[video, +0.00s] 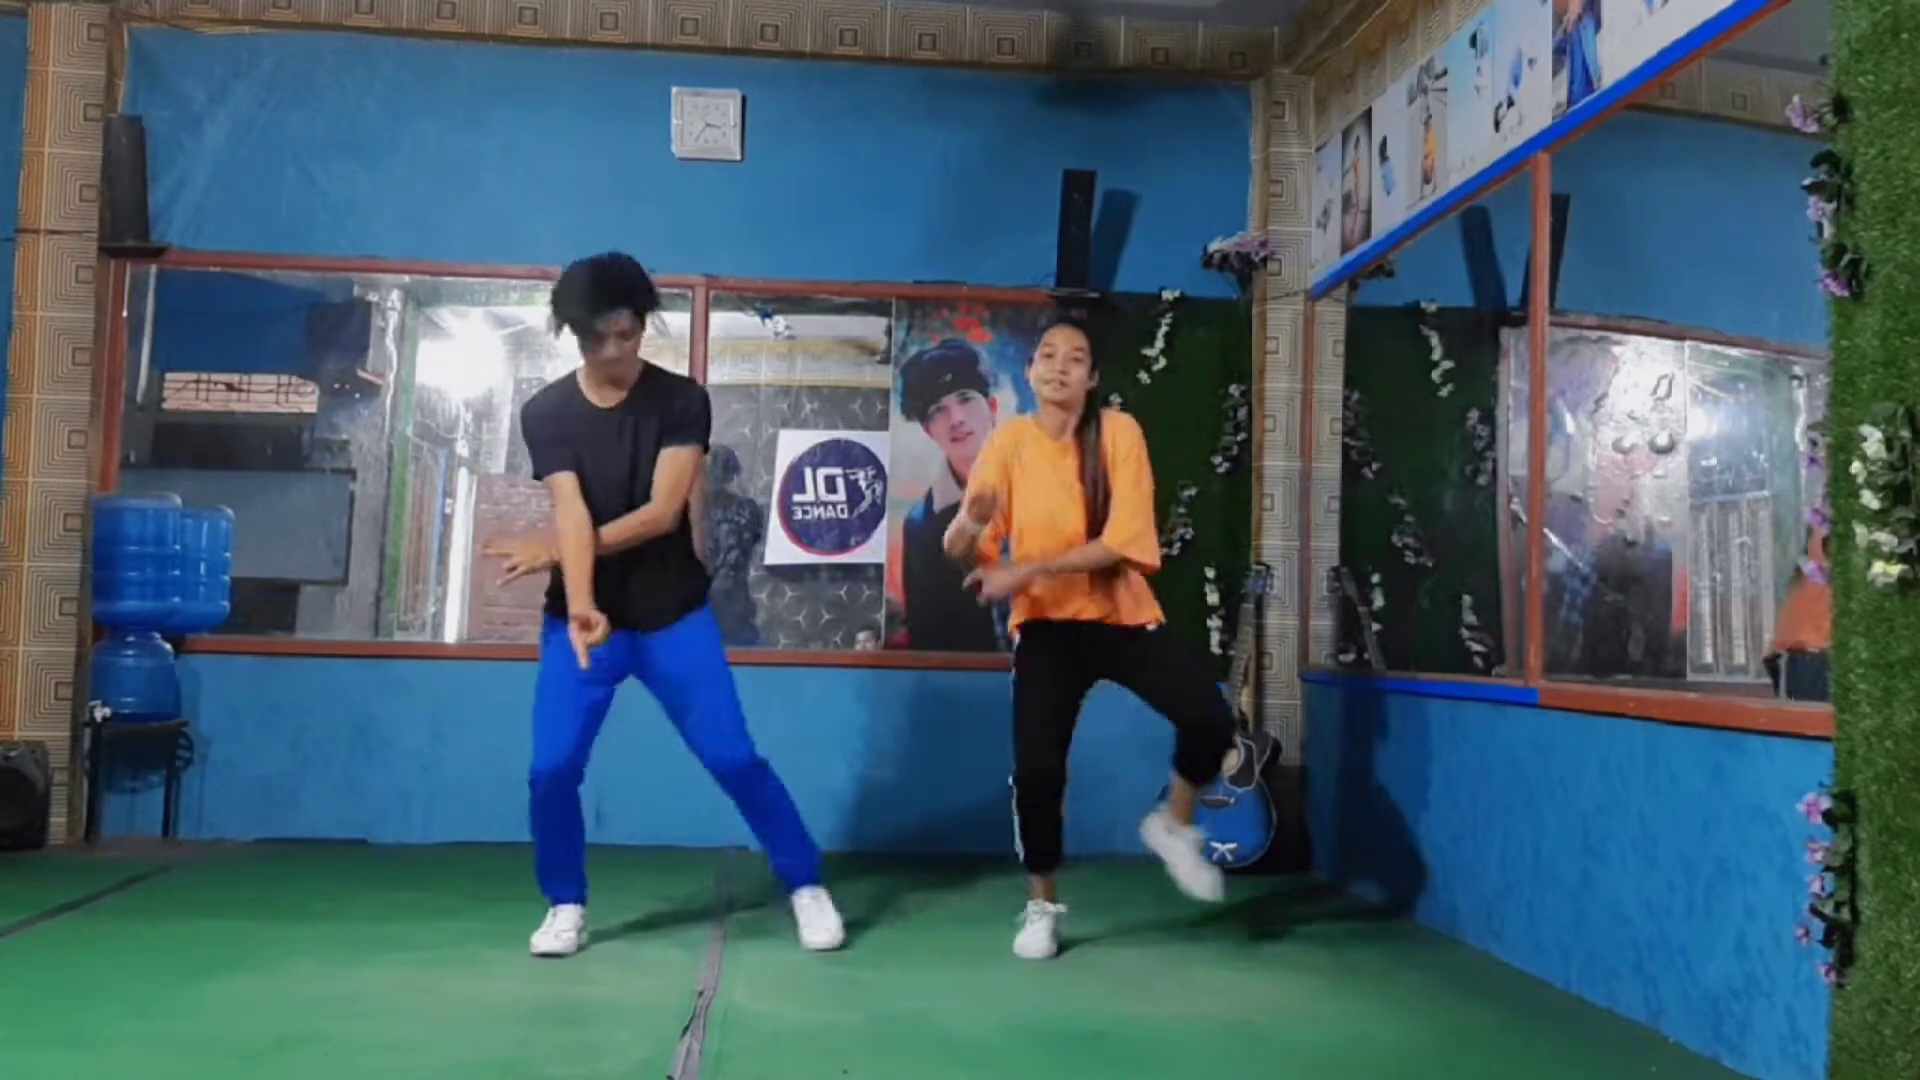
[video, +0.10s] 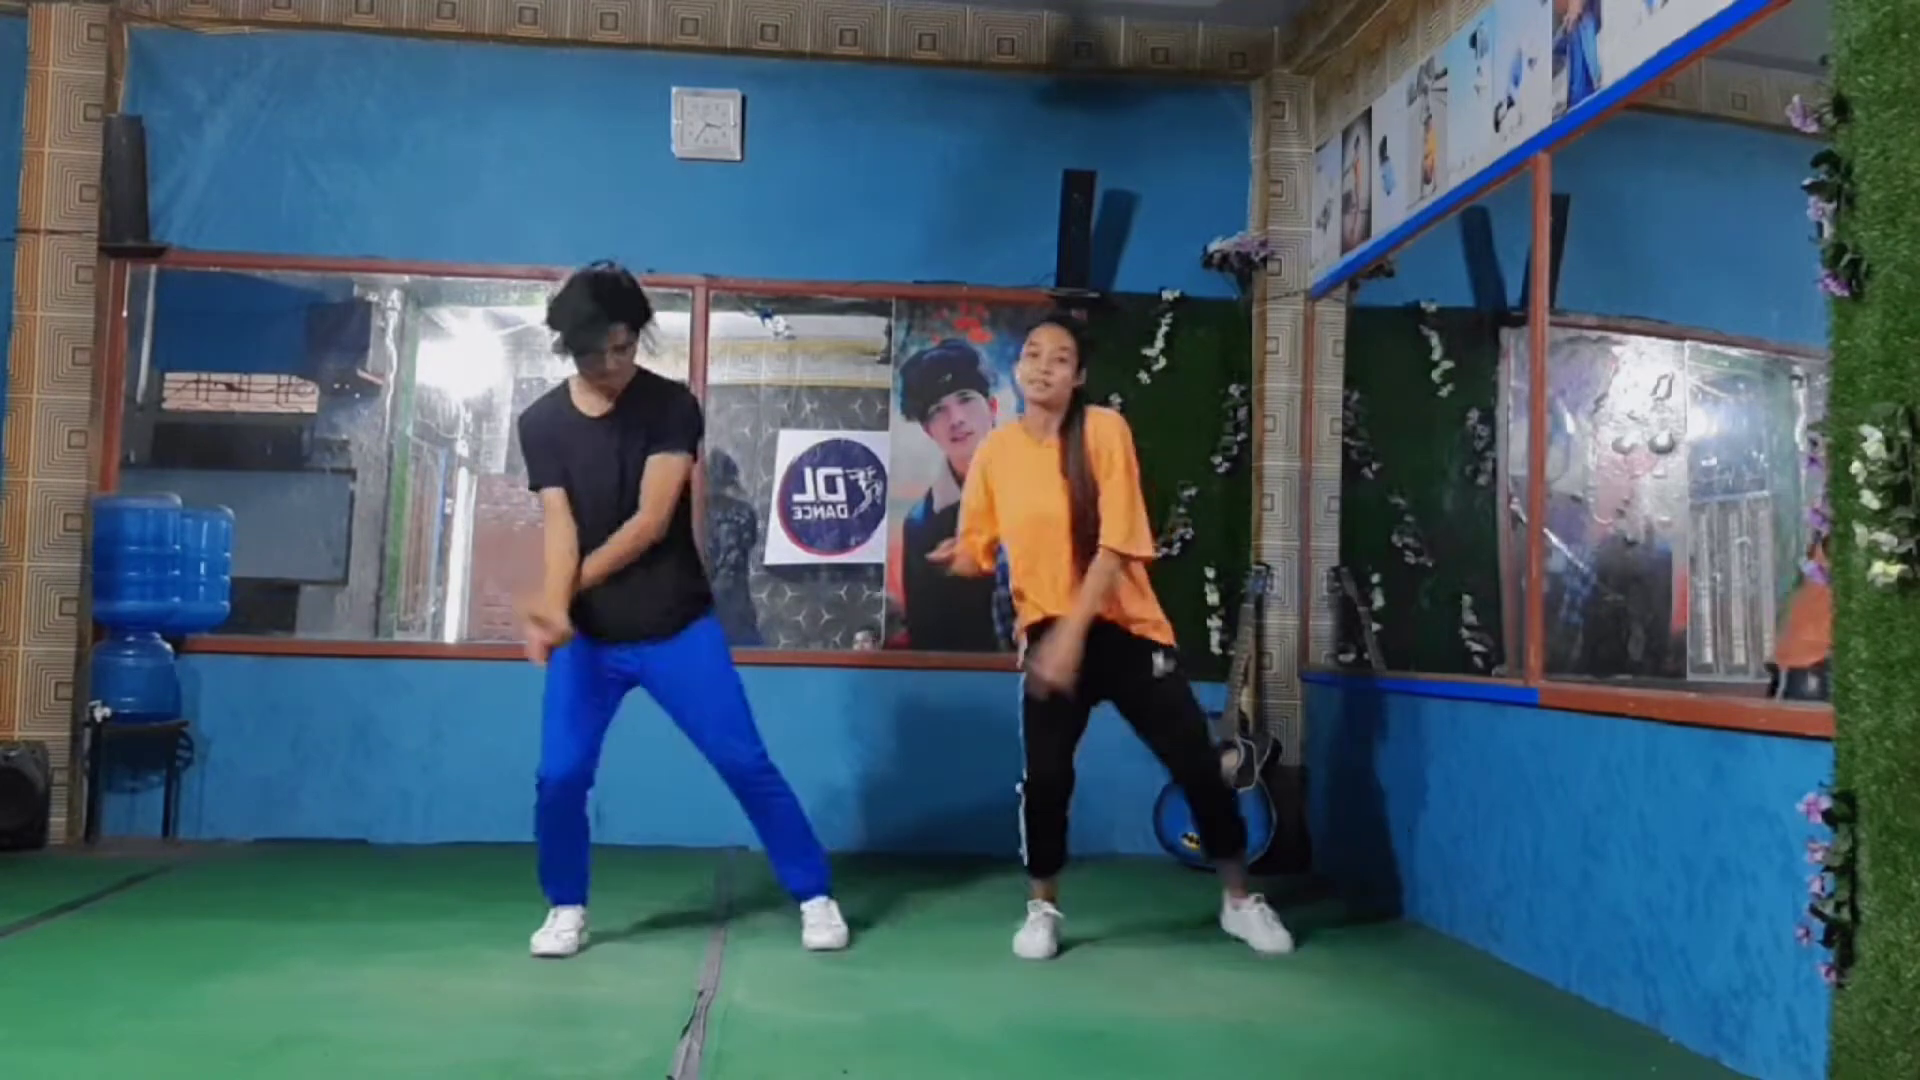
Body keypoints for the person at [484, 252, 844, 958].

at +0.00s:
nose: (621, 349)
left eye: (631, 333)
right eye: (607, 337)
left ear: (645, 325)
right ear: (579, 334)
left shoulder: (680, 400)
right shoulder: (548, 412)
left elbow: (664, 512)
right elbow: (571, 515)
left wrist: (559, 549)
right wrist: (580, 606)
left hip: (674, 617)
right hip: (582, 617)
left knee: (732, 759)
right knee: (550, 769)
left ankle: (806, 888)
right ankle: (565, 905)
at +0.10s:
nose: (612, 363)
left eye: (623, 347)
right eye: (596, 353)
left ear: (638, 337)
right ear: (570, 347)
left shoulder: (672, 405)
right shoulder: (544, 422)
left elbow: (653, 521)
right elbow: (560, 526)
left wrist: (566, 587)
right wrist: (554, 612)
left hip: (679, 633)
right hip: (588, 638)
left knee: (745, 764)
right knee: (559, 776)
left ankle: (815, 897)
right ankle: (565, 907)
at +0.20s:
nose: (610, 353)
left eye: (621, 337)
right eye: (594, 339)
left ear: (635, 334)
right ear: (565, 339)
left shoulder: (666, 412)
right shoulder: (530, 421)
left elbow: (689, 524)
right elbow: (533, 533)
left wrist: (657, 600)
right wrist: (506, 524)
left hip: (681, 615)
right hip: (585, 626)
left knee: (757, 745)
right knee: (561, 772)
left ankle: (808, 881)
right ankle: (566, 906)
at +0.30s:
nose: (623, 317)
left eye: (634, 303)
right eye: (608, 304)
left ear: (648, 313)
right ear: (579, 313)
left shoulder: (681, 393)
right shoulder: (549, 389)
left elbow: (732, 490)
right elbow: (509, 470)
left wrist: (742, 461)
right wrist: (550, 392)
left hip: (672, 589)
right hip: (581, 598)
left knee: (736, 683)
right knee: (552, 752)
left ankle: (777, 827)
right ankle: (565, 904)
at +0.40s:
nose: (634, 277)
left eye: (644, 262)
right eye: (617, 264)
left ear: (662, 271)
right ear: (591, 276)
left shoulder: (697, 347)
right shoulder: (563, 354)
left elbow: (755, 438)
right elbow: (527, 448)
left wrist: (718, 447)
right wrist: (596, 445)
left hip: (674, 535)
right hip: (586, 547)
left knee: (716, 603)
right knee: (562, 694)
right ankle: (566, 853)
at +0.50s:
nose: (632, 261)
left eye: (644, 246)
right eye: (616, 248)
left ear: (663, 257)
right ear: (593, 263)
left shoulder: (703, 342)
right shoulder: (564, 350)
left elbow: (735, 443)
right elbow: (536, 453)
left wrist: (733, 536)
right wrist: (523, 529)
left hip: (678, 528)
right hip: (592, 523)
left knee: (694, 670)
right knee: (548, 591)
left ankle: (662, 832)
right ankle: (583, 713)